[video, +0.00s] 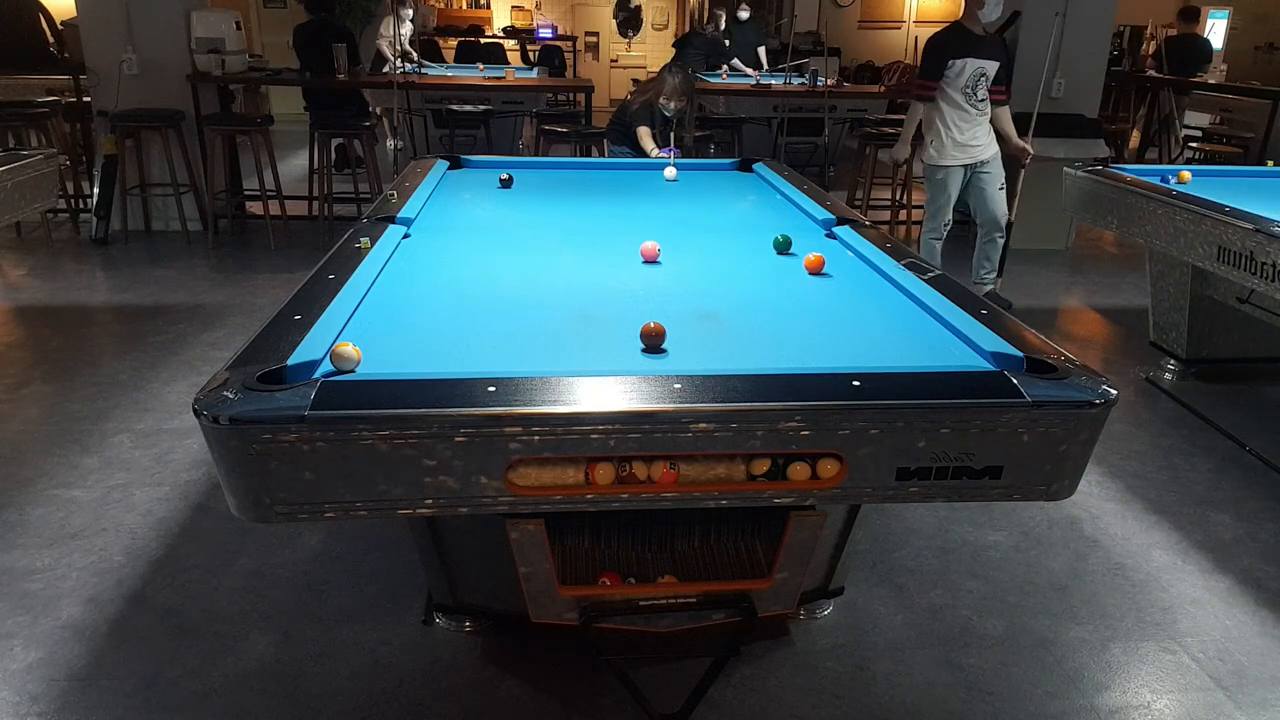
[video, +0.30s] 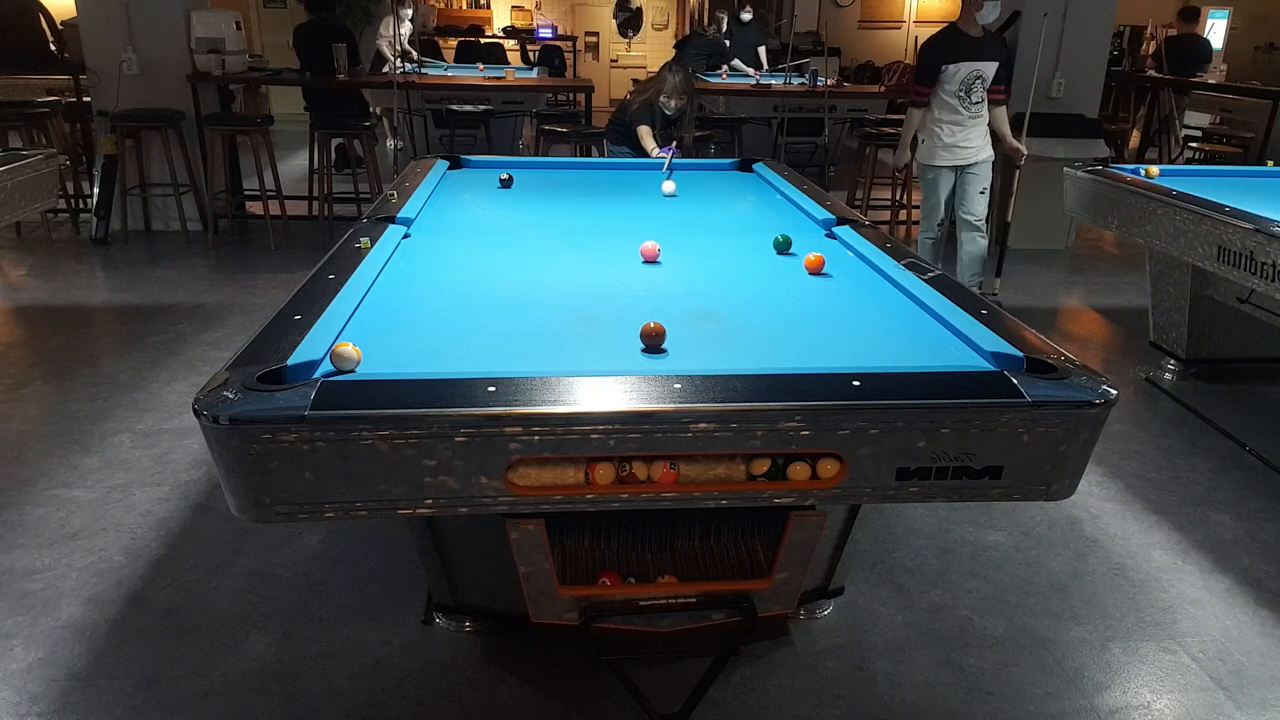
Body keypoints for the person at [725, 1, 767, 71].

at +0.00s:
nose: (743, 13)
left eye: (746, 10)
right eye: (740, 10)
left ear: (750, 12)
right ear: (736, 11)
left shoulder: (756, 26)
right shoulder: (731, 25)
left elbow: (761, 46)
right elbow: (726, 45)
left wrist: (765, 66)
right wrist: (724, 63)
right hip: (733, 69)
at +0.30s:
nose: (746, 15)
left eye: (749, 12)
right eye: (744, 12)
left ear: (753, 12)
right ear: (739, 12)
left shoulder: (757, 26)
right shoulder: (732, 24)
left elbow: (761, 46)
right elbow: (726, 43)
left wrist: (765, 66)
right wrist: (724, 63)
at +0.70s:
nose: (750, 16)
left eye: (753, 14)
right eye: (747, 14)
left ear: (756, 14)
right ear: (741, 13)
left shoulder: (758, 26)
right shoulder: (732, 25)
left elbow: (761, 46)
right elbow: (726, 44)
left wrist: (765, 66)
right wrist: (730, 63)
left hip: (754, 69)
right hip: (736, 69)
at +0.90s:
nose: (749, 16)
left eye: (752, 14)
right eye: (747, 13)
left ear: (755, 14)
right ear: (741, 13)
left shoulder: (758, 26)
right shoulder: (733, 25)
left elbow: (762, 46)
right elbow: (732, 47)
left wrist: (765, 65)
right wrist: (747, 64)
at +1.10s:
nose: (746, 14)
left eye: (749, 11)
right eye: (743, 10)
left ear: (753, 13)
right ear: (739, 12)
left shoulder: (758, 27)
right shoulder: (735, 26)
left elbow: (762, 46)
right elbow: (739, 46)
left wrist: (765, 65)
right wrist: (754, 64)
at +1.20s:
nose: (745, 13)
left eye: (748, 10)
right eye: (743, 9)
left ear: (753, 13)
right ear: (739, 11)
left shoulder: (758, 27)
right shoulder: (734, 26)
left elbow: (762, 46)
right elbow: (740, 46)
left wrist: (765, 65)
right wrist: (755, 63)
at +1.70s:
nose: (739, 11)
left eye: (742, 8)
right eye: (737, 8)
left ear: (749, 11)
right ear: (734, 10)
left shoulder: (757, 25)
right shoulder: (731, 25)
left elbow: (761, 46)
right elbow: (735, 45)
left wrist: (765, 66)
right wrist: (749, 64)